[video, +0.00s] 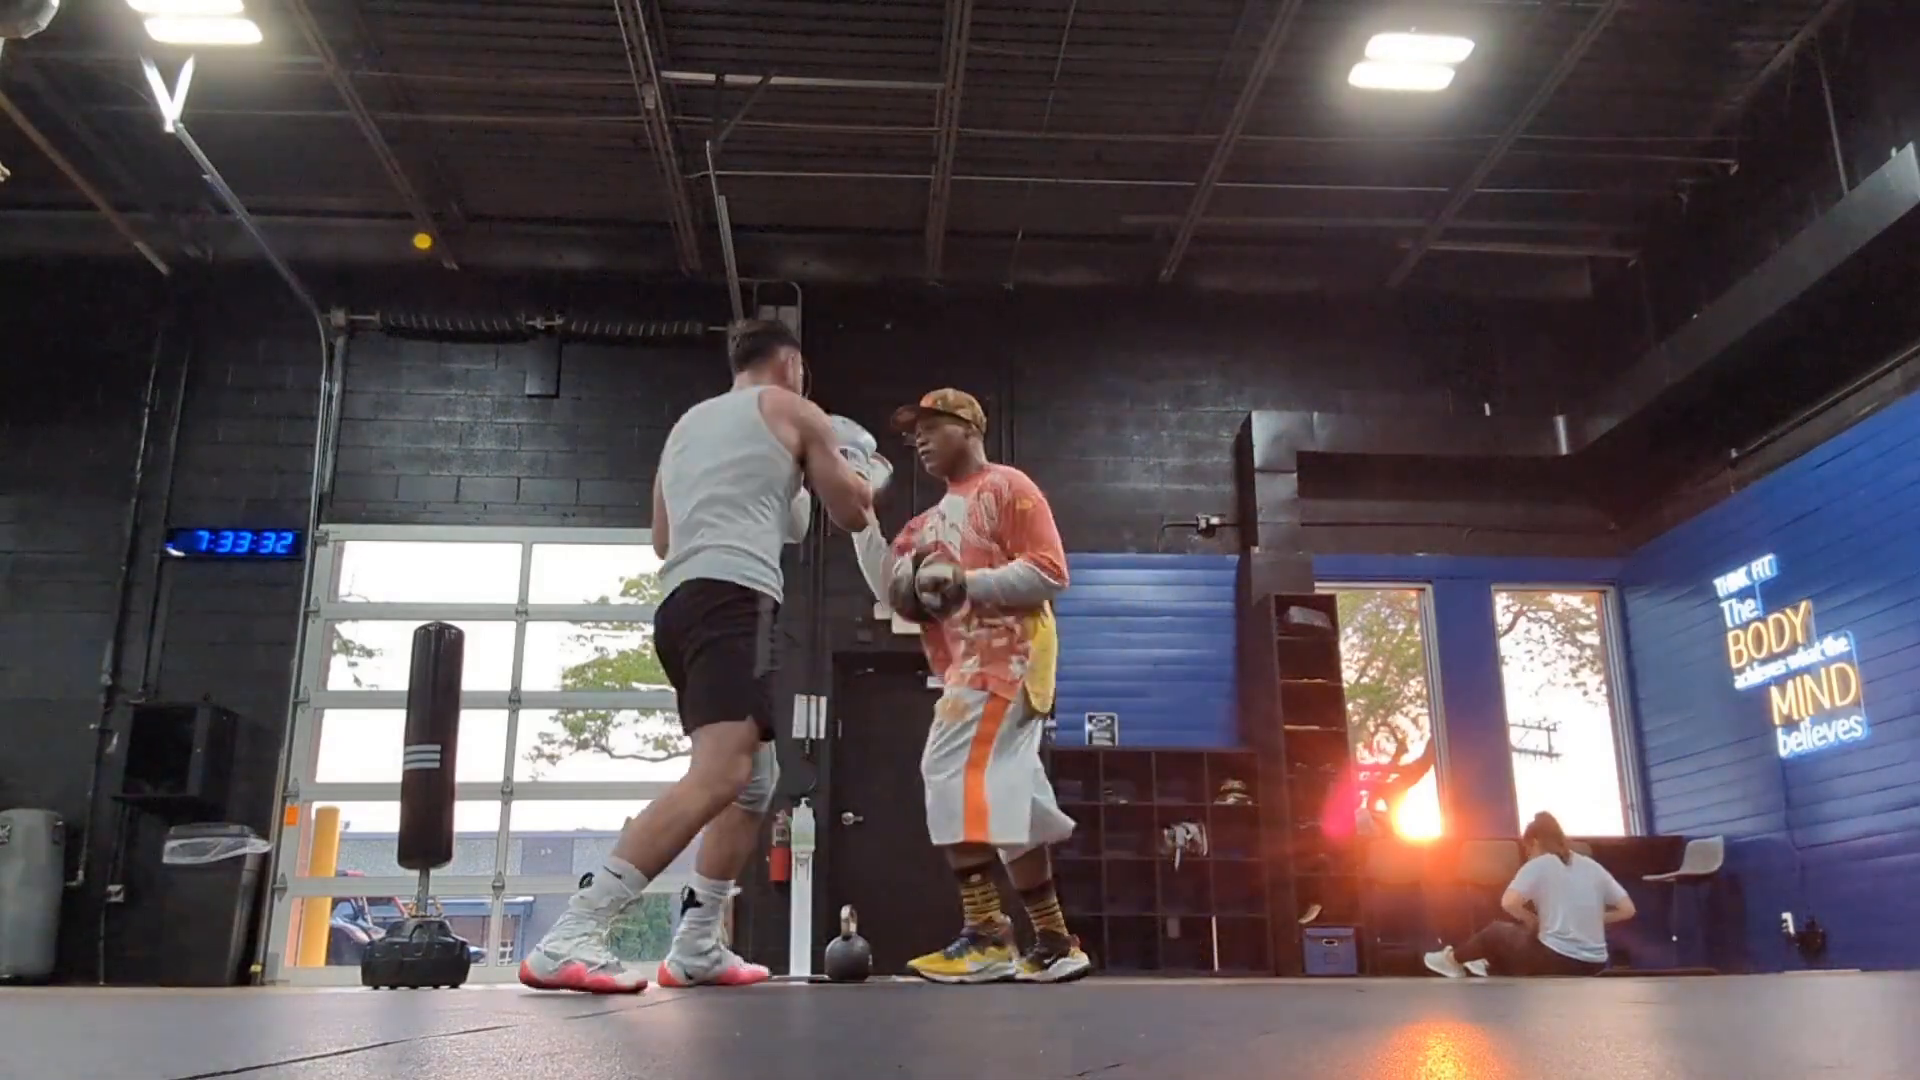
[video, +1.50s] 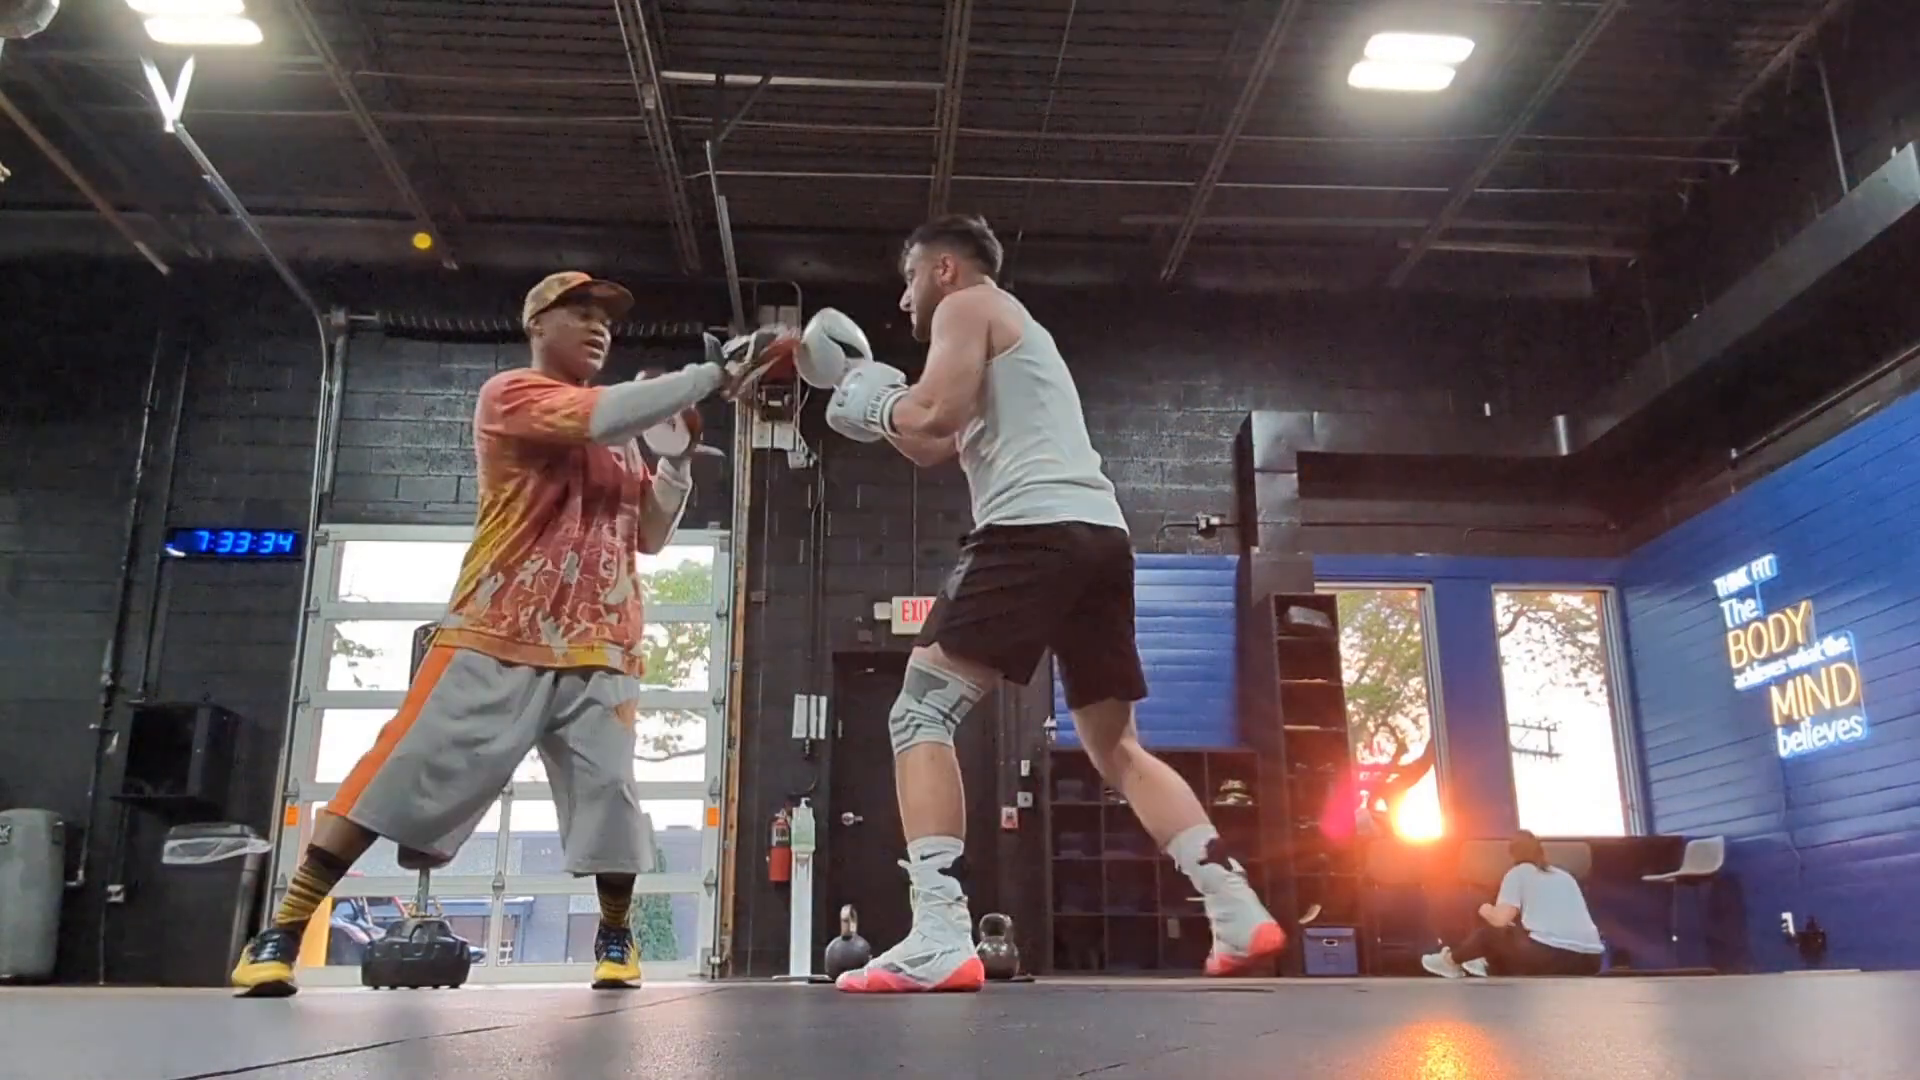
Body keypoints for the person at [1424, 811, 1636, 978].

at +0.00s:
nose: (1527, 853)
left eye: (1527, 848)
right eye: (1526, 848)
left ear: (1535, 843)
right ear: (1561, 840)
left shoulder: (1536, 866)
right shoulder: (1592, 866)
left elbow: (1509, 903)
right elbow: (1627, 909)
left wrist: (1530, 921)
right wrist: (1592, 920)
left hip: (1556, 958)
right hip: (1595, 961)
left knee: (1498, 931)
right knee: (1522, 938)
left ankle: (1451, 959)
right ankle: (1487, 964)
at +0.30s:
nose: (1527, 856)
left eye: (1527, 849)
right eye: (1526, 850)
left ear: (1536, 843)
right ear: (1562, 840)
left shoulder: (1541, 864)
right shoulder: (1593, 867)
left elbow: (1520, 900)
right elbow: (1630, 908)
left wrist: (1527, 925)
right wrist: (1596, 919)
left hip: (1559, 957)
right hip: (1595, 961)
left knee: (1498, 931)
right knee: (1523, 939)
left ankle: (1451, 958)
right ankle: (1485, 963)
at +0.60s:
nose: (1525, 854)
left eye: (1526, 847)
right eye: (1524, 848)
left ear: (1536, 841)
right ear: (1556, 840)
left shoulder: (1539, 863)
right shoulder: (1590, 865)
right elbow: (1636, 893)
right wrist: (1624, 935)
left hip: (1563, 958)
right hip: (1596, 960)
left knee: (1496, 932)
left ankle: (1451, 958)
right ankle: (1486, 963)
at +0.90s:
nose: (1524, 848)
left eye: (1524, 842)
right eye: (1524, 843)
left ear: (1531, 841)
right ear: (1555, 838)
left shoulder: (1535, 864)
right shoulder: (1587, 866)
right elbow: (1630, 898)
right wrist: (1613, 936)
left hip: (1555, 961)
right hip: (1593, 962)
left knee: (1496, 929)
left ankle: (1451, 959)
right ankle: (1487, 963)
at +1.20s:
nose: (1520, 853)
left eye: (1520, 847)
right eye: (1520, 847)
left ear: (1524, 848)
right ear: (1551, 845)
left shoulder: (1528, 868)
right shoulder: (1576, 869)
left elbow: (1509, 905)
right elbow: (1593, 910)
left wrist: (1488, 911)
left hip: (1557, 958)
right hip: (1593, 961)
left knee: (1492, 934)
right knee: (1529, 925)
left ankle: (1453, 959)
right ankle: (1485, 962)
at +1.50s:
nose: (1511, 855)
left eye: (1512, 851)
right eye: (1513, 850)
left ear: (1514, 854)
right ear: (1540, 852)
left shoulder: (1517, 874)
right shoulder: (1565, 875)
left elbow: (1502, 920)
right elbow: (1559, 918)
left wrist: (1485, 910)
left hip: (1552, 957)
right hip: (1591, 960)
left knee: (1487, 934)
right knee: (1519, 936)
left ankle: (1450, 960)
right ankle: (1483, 963)